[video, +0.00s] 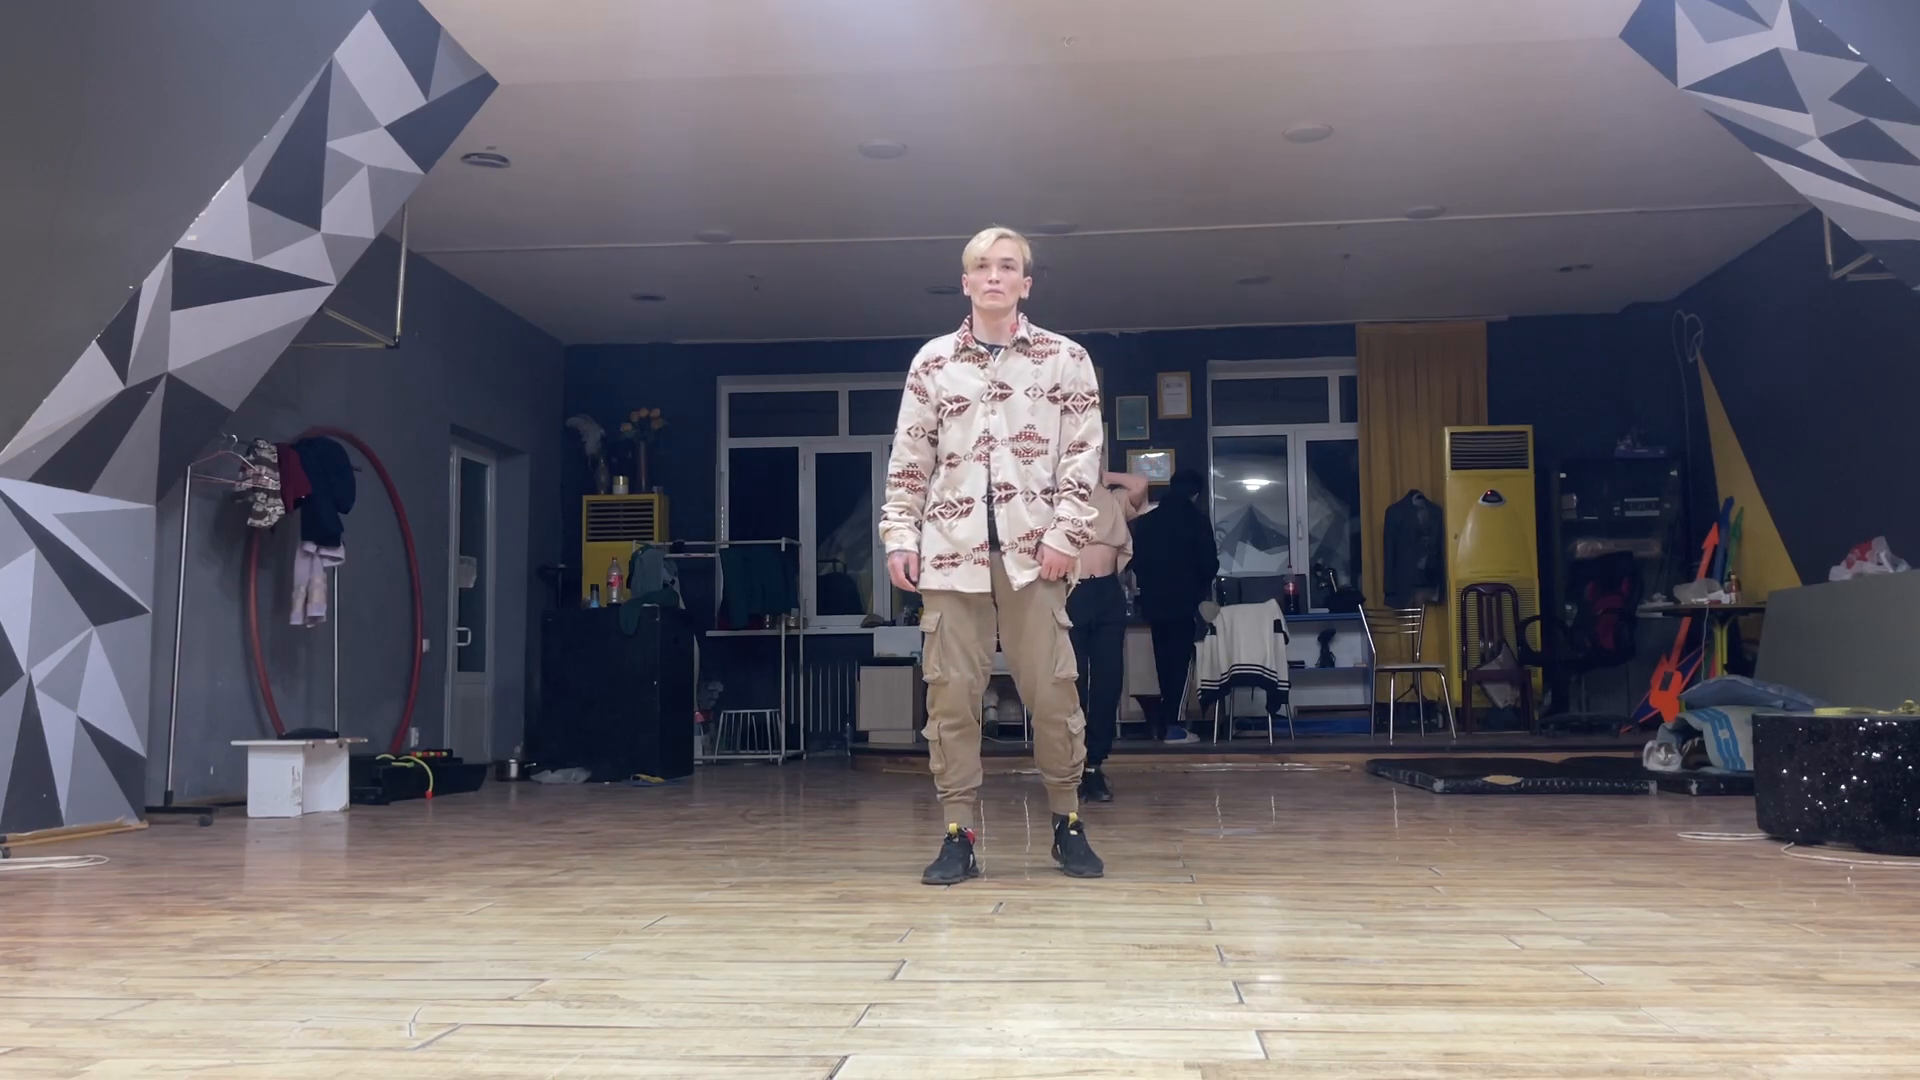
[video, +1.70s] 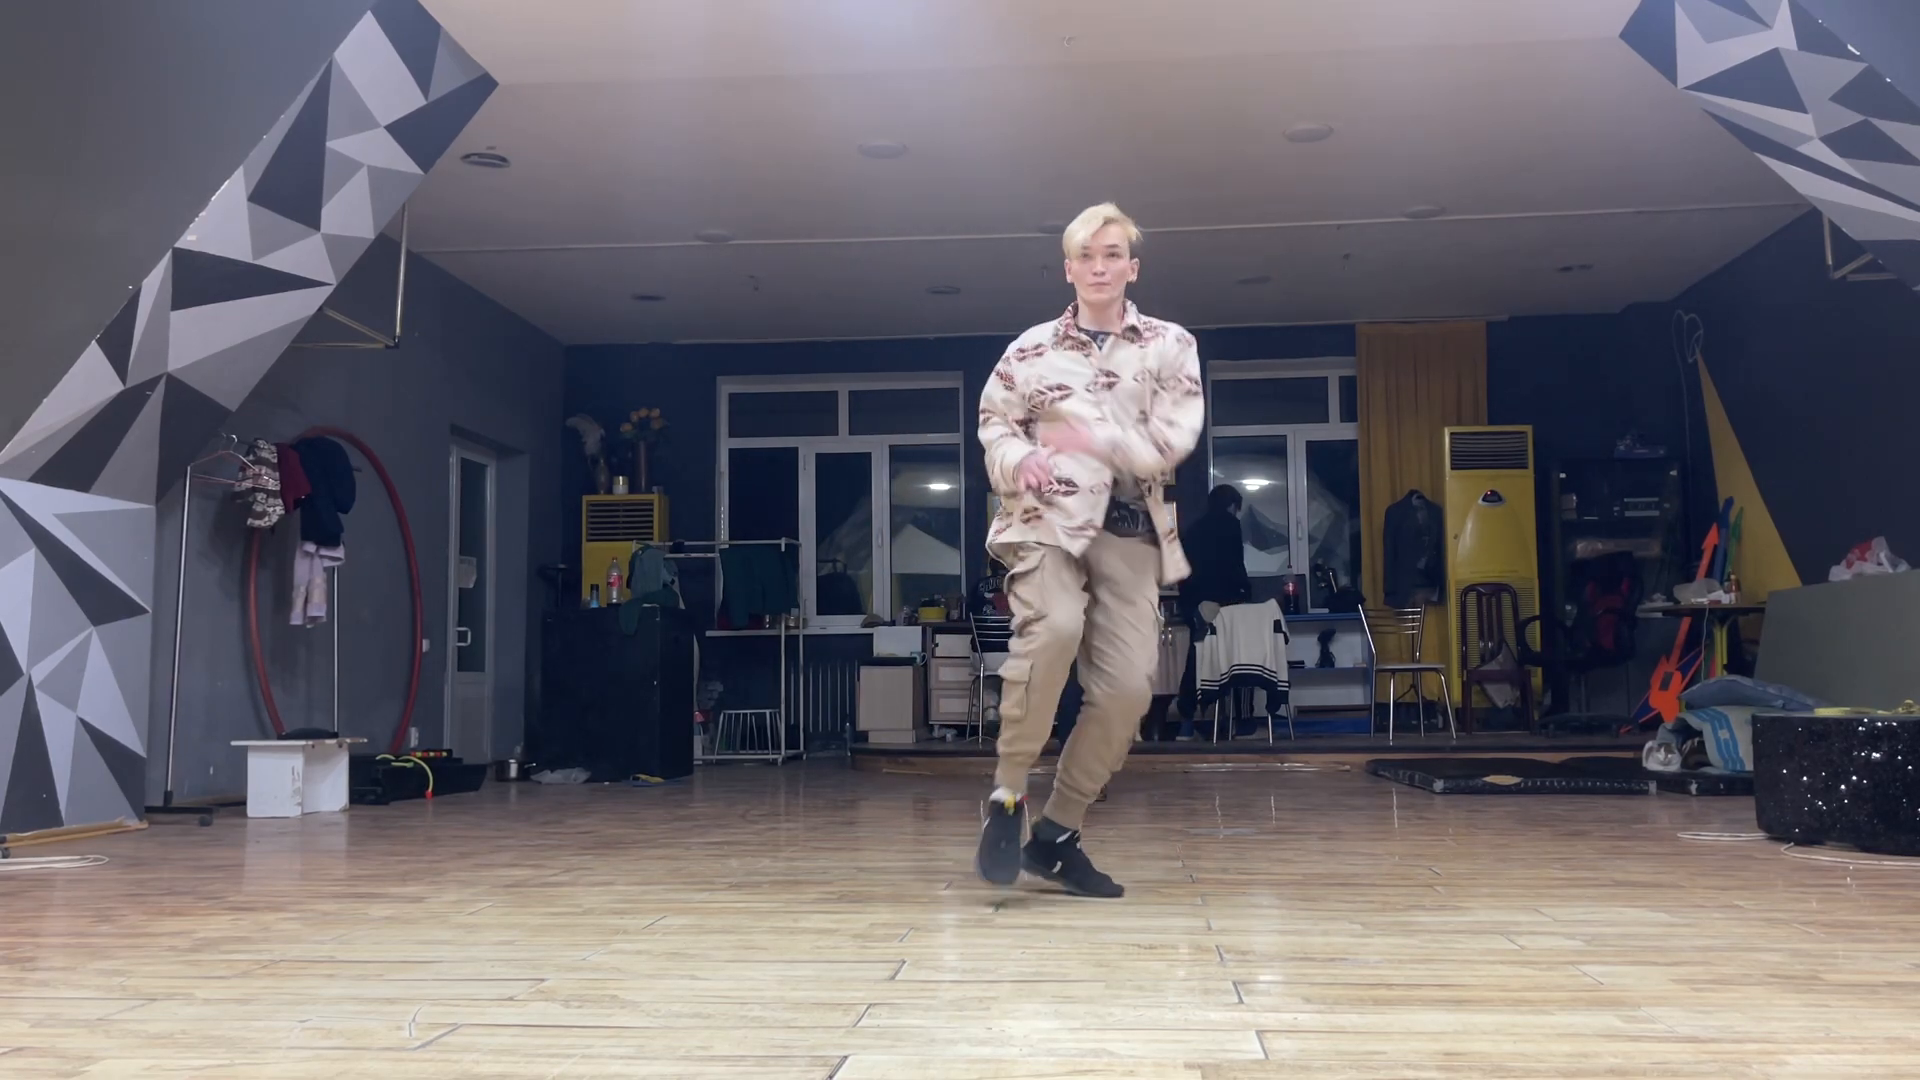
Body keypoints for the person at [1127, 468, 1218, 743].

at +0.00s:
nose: (1198, 498)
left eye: (1196, 493)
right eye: (1198, 493)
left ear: (1170, 488)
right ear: (1195, 493)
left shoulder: (1147, 519)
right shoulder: (1197, 519)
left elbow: (1137, 561)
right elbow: (1209, 563)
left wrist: (1150, 580)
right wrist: (1199, 587)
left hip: (1154, 597)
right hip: (1184, 597)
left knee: (1163, 658)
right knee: (1179, 659)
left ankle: (1167, 723)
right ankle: (1172, 726)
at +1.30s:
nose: (1210, 502)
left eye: (1207, 497)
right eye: (1206, 497)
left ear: (1180, 504)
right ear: (1200, 502)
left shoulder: (1168, 532)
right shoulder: (1200, 526)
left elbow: (1169, 568)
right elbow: (1205, 560)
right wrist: (1216, 586)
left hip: (1175, 600)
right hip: (1196, 600)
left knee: (1183, 660)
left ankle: (1182, 720)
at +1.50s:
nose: (1219, 514)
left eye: (1220, 510)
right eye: (1218, 509)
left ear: (1193, 505)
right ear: (1210, 506)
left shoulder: (1176, 533)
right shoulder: (1211, 522)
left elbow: (1174, 574)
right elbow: (1216, 560)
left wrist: (1179, 598)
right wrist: (1225, 591)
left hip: (1181, 602)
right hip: (1206, 600)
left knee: (1188, 659)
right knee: (1217, 656)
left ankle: (1184, 719)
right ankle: (1225, 717)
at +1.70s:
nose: (1237, 512)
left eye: (1237, 508)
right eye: (1237, 507)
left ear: (1212, 502)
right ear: (1230, 505)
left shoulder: (1194, 525)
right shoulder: (1230, 523)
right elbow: (1234, 563)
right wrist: (1246, 591)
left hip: (1194, 595)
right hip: (1224, 595)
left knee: (1196, 657)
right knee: (1232, 654)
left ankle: (1186, 721)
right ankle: (1238, 719)